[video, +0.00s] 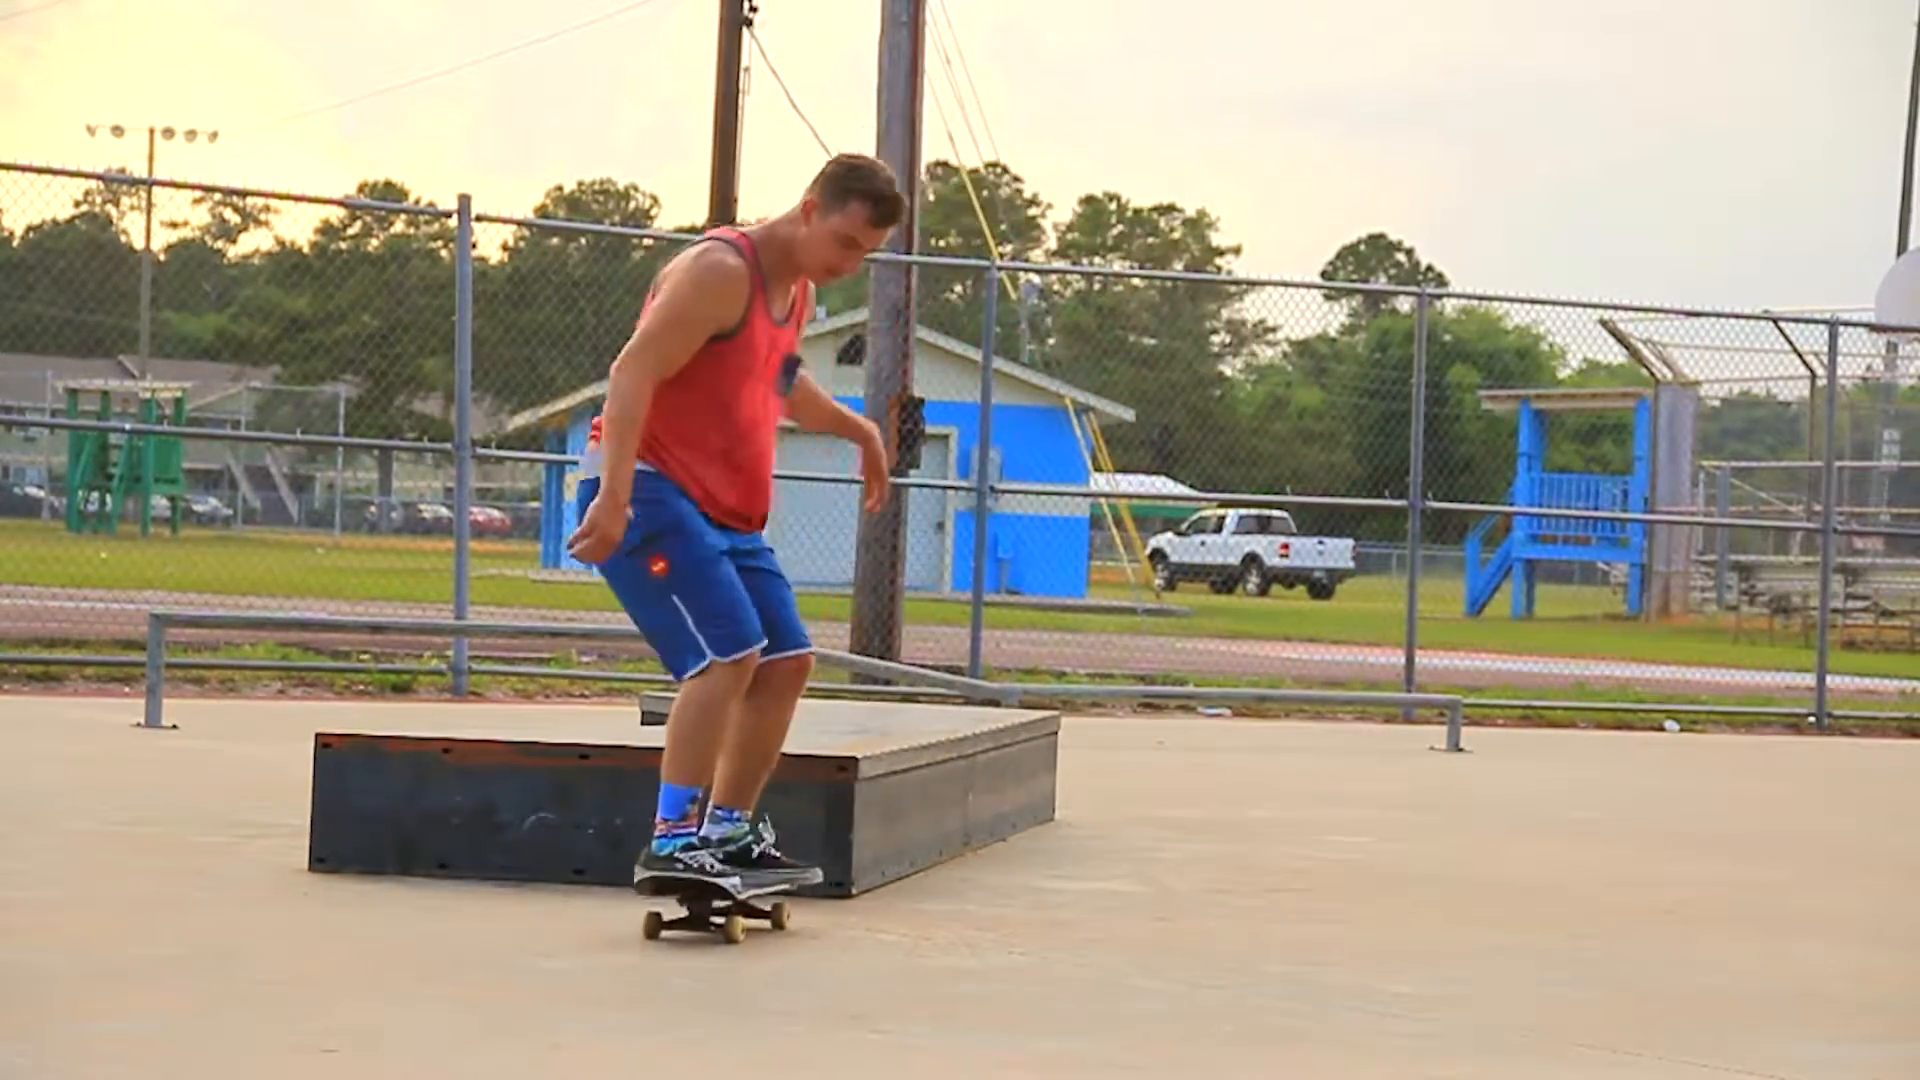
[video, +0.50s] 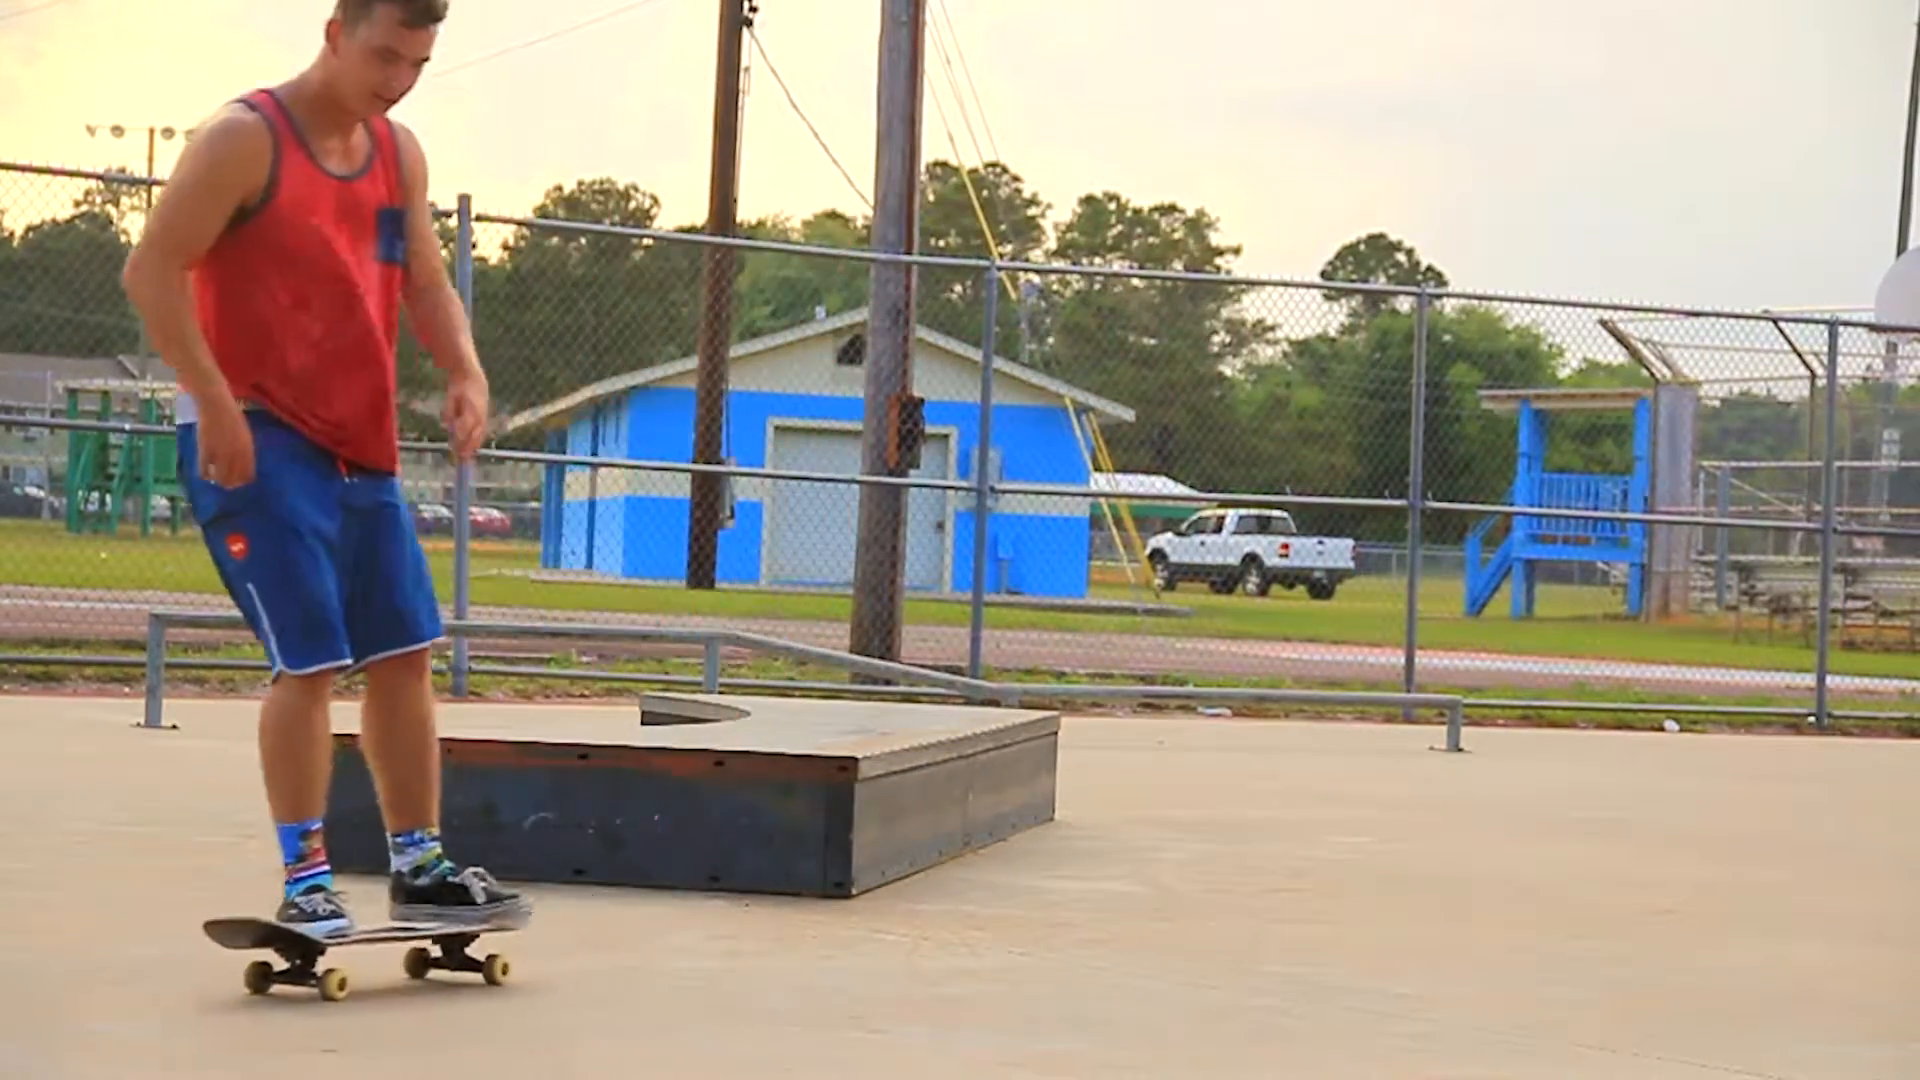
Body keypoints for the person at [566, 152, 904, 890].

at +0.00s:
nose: (852, 265)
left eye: (866, 253)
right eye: (849, 244)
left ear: (871, 241)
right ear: (808, 209)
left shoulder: (795, 289)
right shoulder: (719, 269)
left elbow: (778, 381)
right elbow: (632, 372)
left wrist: (860, 428)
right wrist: (614, 496)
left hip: (726, 512)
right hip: (651, 495)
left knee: (786, 657)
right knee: (727, 651)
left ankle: (728, 835)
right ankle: (673, 838)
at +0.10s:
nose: (795, 244)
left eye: (807, 232)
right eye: (790, 224)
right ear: (747, 188)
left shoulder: (738, 274)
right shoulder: (657, 248)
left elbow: (703, 393)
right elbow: (568, 354)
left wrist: (776, 464)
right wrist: (598, 487)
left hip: (664, 496)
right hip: (587, 480)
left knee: (727, 653)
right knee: (667, 658)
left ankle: (682, 847)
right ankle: (618, 853)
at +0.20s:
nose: (727, 208)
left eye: (739, 193)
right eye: (720, 186)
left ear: (728, 179)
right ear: (675, 150)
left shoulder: (676, 246)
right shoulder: (578, 217)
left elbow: (650, 363)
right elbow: (495, 333)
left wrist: (693, 411)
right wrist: (542, 462)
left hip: (596, 476)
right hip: (509, 463)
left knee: (655, 651)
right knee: (588, 653)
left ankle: (642, 854)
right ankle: (560, 860)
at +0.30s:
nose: (635, 162)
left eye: (647, 147)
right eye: (629, 140)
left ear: (646, 140)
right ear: (579, 108)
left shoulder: (601, 210)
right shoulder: (481, 186)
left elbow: (615, 327)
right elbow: (399, 310)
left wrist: (618, 362)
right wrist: (463, 435)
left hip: (533, 464)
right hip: (434, 450)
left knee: (579, 649)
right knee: (507, 652)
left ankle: (588, 860)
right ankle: (491, 869)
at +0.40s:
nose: (524, 120)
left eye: (539, 105)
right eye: (513, 97)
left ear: (544, 97)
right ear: (461, 68)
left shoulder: (506, 181)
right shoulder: (370, 160)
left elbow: (536, 305)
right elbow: (280, 287)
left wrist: (542, 353)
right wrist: (355, 410)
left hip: (454, 456)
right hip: (350, 443)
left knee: (495, 655)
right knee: (418, 656)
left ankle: (522, 865)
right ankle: (409, 873)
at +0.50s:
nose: (402, 81)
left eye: (418, 63)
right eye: (389, 56)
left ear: (427, 55)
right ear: (333, 31)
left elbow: (426, 282)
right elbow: (150, 272)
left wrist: (466, 371)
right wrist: (214, 404)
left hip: (361, 444)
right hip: (259, 436)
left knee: (402, 646)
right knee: (308, 657)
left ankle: (421, 870)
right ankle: (306, 881)